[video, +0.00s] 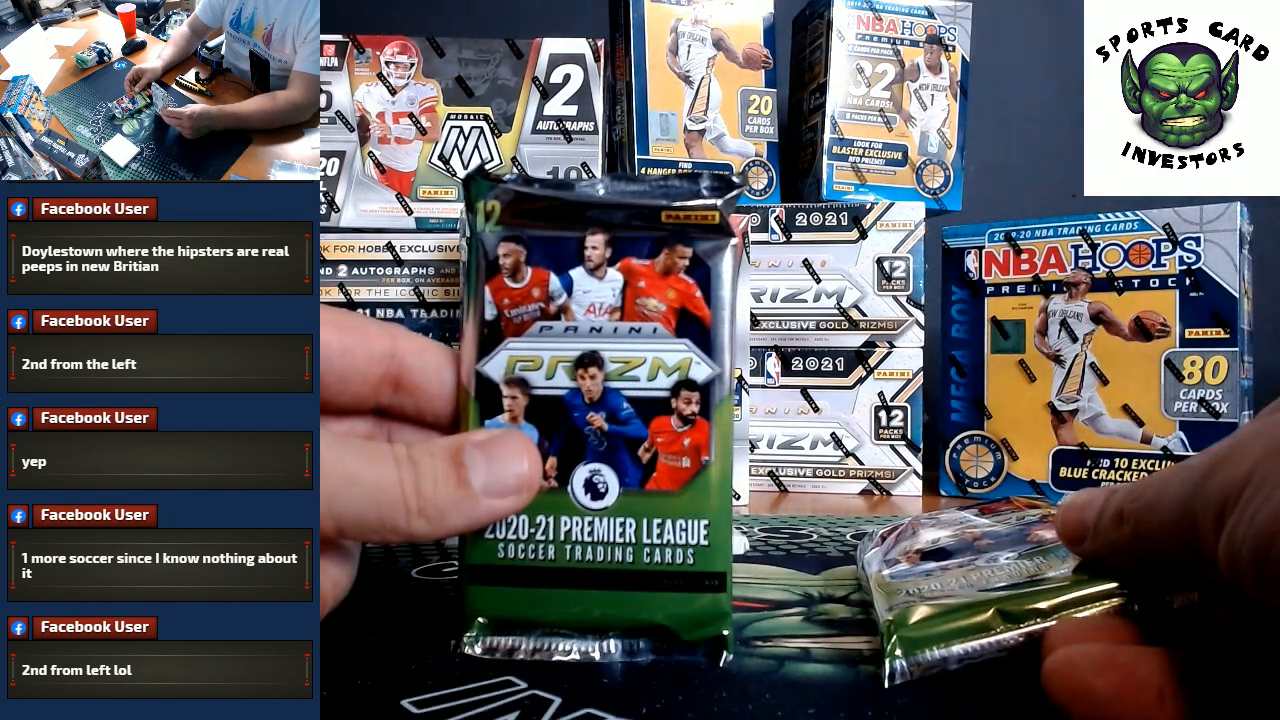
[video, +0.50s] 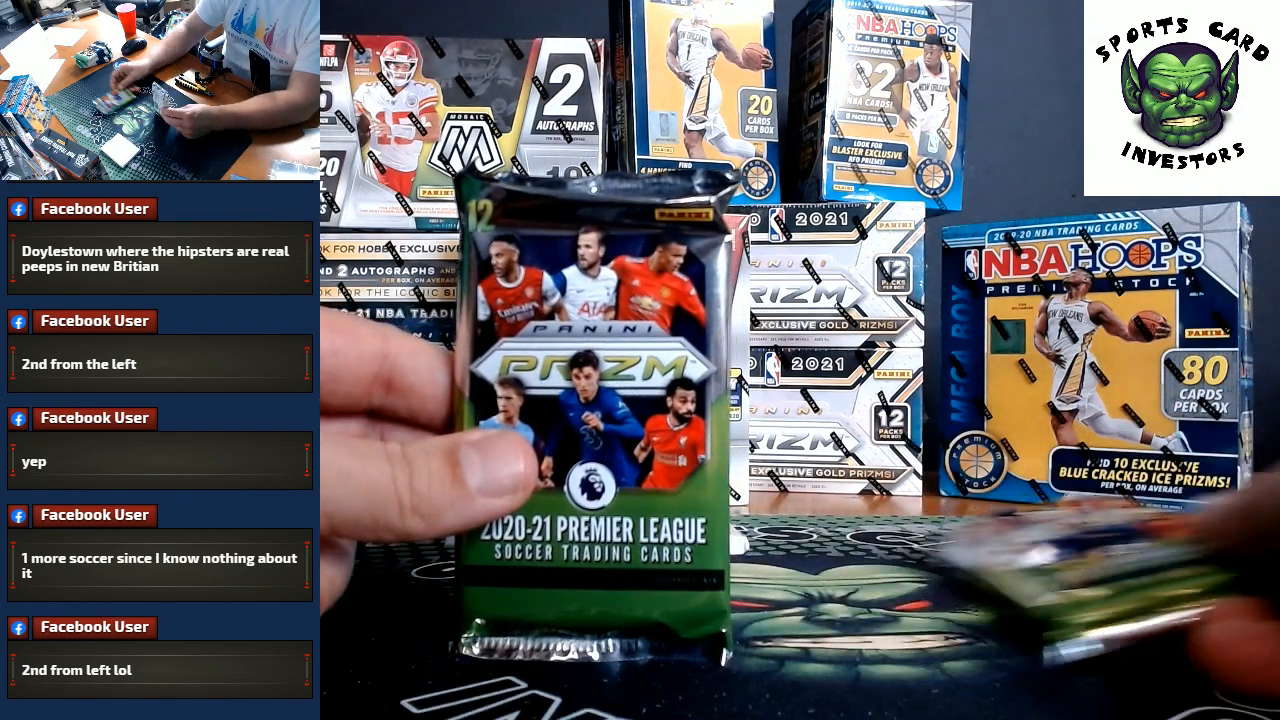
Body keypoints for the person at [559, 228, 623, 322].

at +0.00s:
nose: (588, 254)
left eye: (594, 248)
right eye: (586, 248)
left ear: (607, 253)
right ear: (583, 250)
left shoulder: (617, 279)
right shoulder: (571, 278)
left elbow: (616, 310)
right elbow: (551, 308)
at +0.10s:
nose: (587, 254)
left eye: (593, 248)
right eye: (585, 248)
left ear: (607, 252)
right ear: (582, 250)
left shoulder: (617, 279)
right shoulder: (571, 278)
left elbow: (616, 310)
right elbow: (550, 309)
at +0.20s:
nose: (587, 253)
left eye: (593, 248)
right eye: (585, 248)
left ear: (607, 252)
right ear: (582, 249)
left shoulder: (617, 279)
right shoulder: (571, 278)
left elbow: (616, 310)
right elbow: (550, 309)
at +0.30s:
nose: (586, 253)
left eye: (593, 248)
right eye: (584, 248)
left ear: (606, 252)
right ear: (582, 249)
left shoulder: (616, 278)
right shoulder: (570, 278)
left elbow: (615, 310)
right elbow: (549, 309)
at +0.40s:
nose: (582, 253)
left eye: (588, 247)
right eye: (580, 247)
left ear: (602, 251)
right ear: (577, 249)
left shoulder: (612, 278)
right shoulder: (566, 277)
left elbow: (611, 310)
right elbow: (545, 308)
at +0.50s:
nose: (581, 252)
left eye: (588, 247)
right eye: (579, 247)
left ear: (601, 251)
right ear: (576, 248)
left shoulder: (611, 277)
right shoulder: (565, 277)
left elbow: (610, 310)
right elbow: (545, 308)